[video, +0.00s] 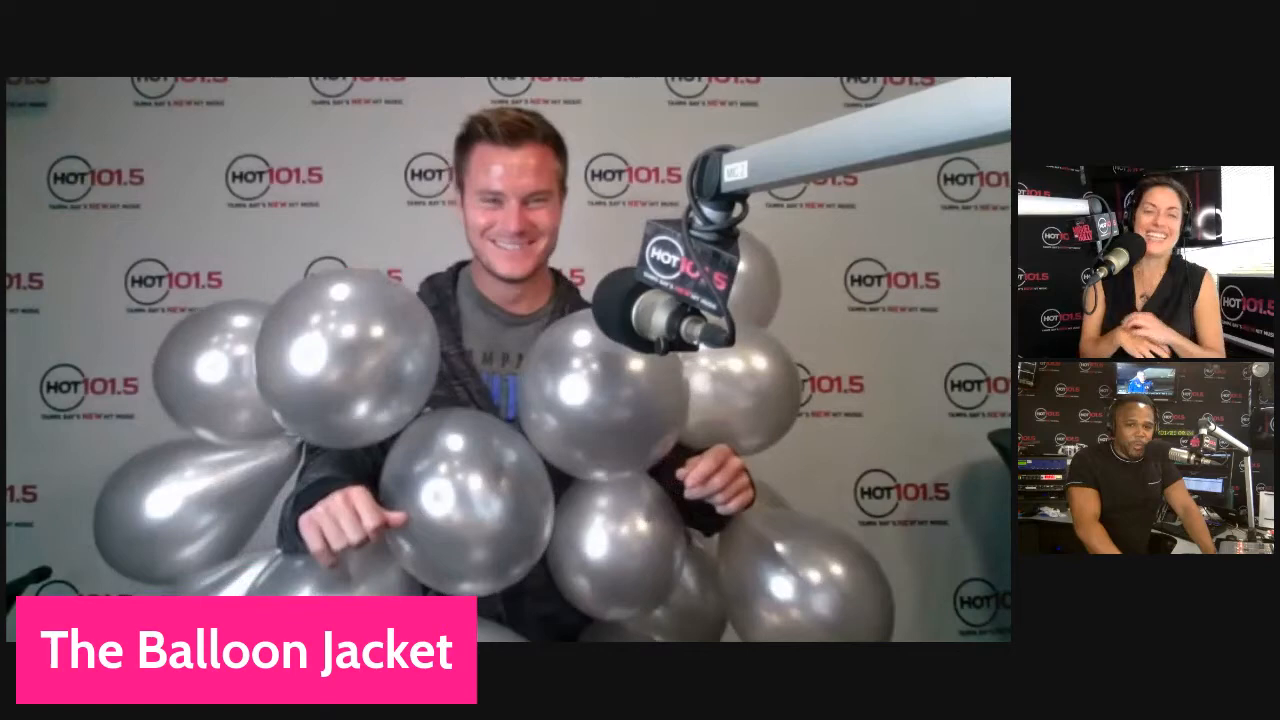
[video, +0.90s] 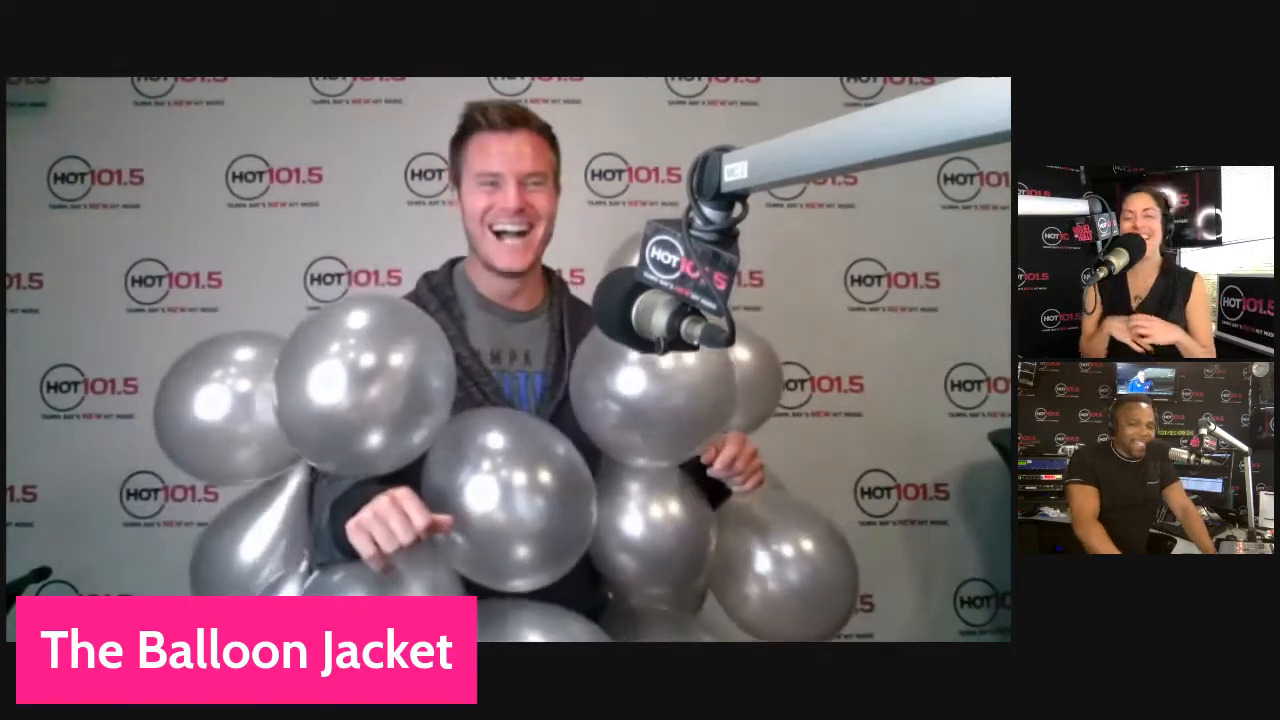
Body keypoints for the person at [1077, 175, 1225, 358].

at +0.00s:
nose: (1159, 222)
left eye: (1172, 214)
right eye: (1149, 210)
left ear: (1182, 225)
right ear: (1133, 217)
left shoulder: (1199, 281)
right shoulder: (1103, 280)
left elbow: (1217, 358)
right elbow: (1086, 351)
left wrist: (1169, 335)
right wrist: (1117, 336)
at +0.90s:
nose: (1137, 225)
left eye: (1148, 215)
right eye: (1128, 217)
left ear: (1164, 225)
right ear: (1119, 226)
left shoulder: (1190, 284)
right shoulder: (1099, 286)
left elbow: (1209, 358)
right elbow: (1088, 356)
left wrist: (1178, 335)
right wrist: (1107, 326)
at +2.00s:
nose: (1083, 258)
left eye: (1091, 248)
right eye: (1075, 250)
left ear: (1113, 241)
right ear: (1070, 250)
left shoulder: (1152, 284)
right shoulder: (1067, 288)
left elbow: (1169, 351)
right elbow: (1063, 356)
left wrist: (1146, 335)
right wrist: (1080, 336)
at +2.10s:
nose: (1083, 258)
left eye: (1090, 248)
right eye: (1075, 249)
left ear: (1112, 241)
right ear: (1069, 250)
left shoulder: (1152, 283)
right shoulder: (1068, 288)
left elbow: (1171, 350)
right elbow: (1063, 356)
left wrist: (1148, 335)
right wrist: (1082, 336)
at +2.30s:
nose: (1085, 257)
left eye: (1092, 249)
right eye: (1079, 250)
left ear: (1117, 240)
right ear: (1075, 250)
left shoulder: (1158, 283)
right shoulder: (1073, 288)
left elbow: (1174, 350)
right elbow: (1069, 356)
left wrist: (1143, 337)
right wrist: (1100, 341)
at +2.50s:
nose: (1109, 239)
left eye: (1116, 229)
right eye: (1102, 230)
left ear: (1135, 227)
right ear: (1093, 236)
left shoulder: (1171, 281)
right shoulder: (1087, 287)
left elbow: (1188, 352)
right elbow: (1083, 356)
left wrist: (1156, 341)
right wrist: (1108, 345)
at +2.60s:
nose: (1124, 237)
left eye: (1131, 226)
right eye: (1114, 230)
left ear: (1148, 228)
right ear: (1104, 240)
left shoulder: (1182, 283)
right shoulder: (1097, 286)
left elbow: (1199, 353)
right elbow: (1091, 357)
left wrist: (1171, 342)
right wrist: (1111, 343)